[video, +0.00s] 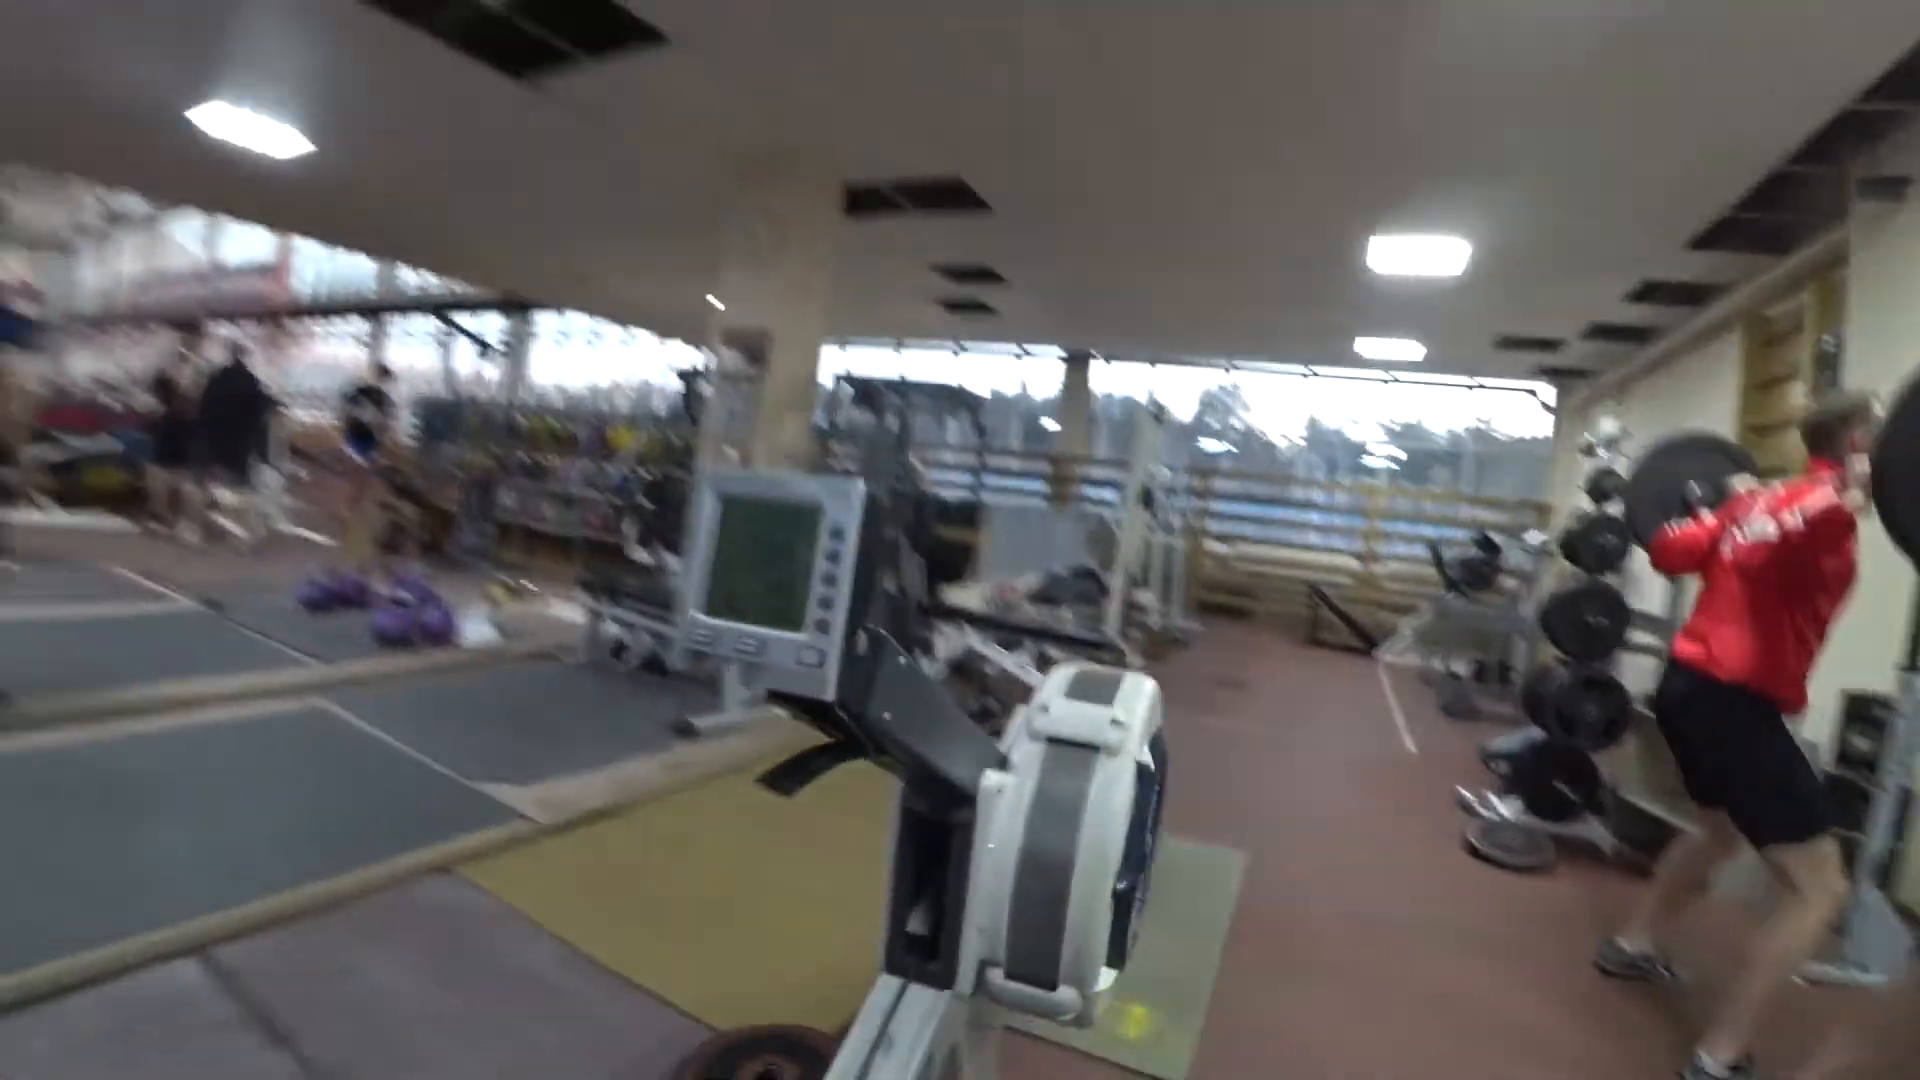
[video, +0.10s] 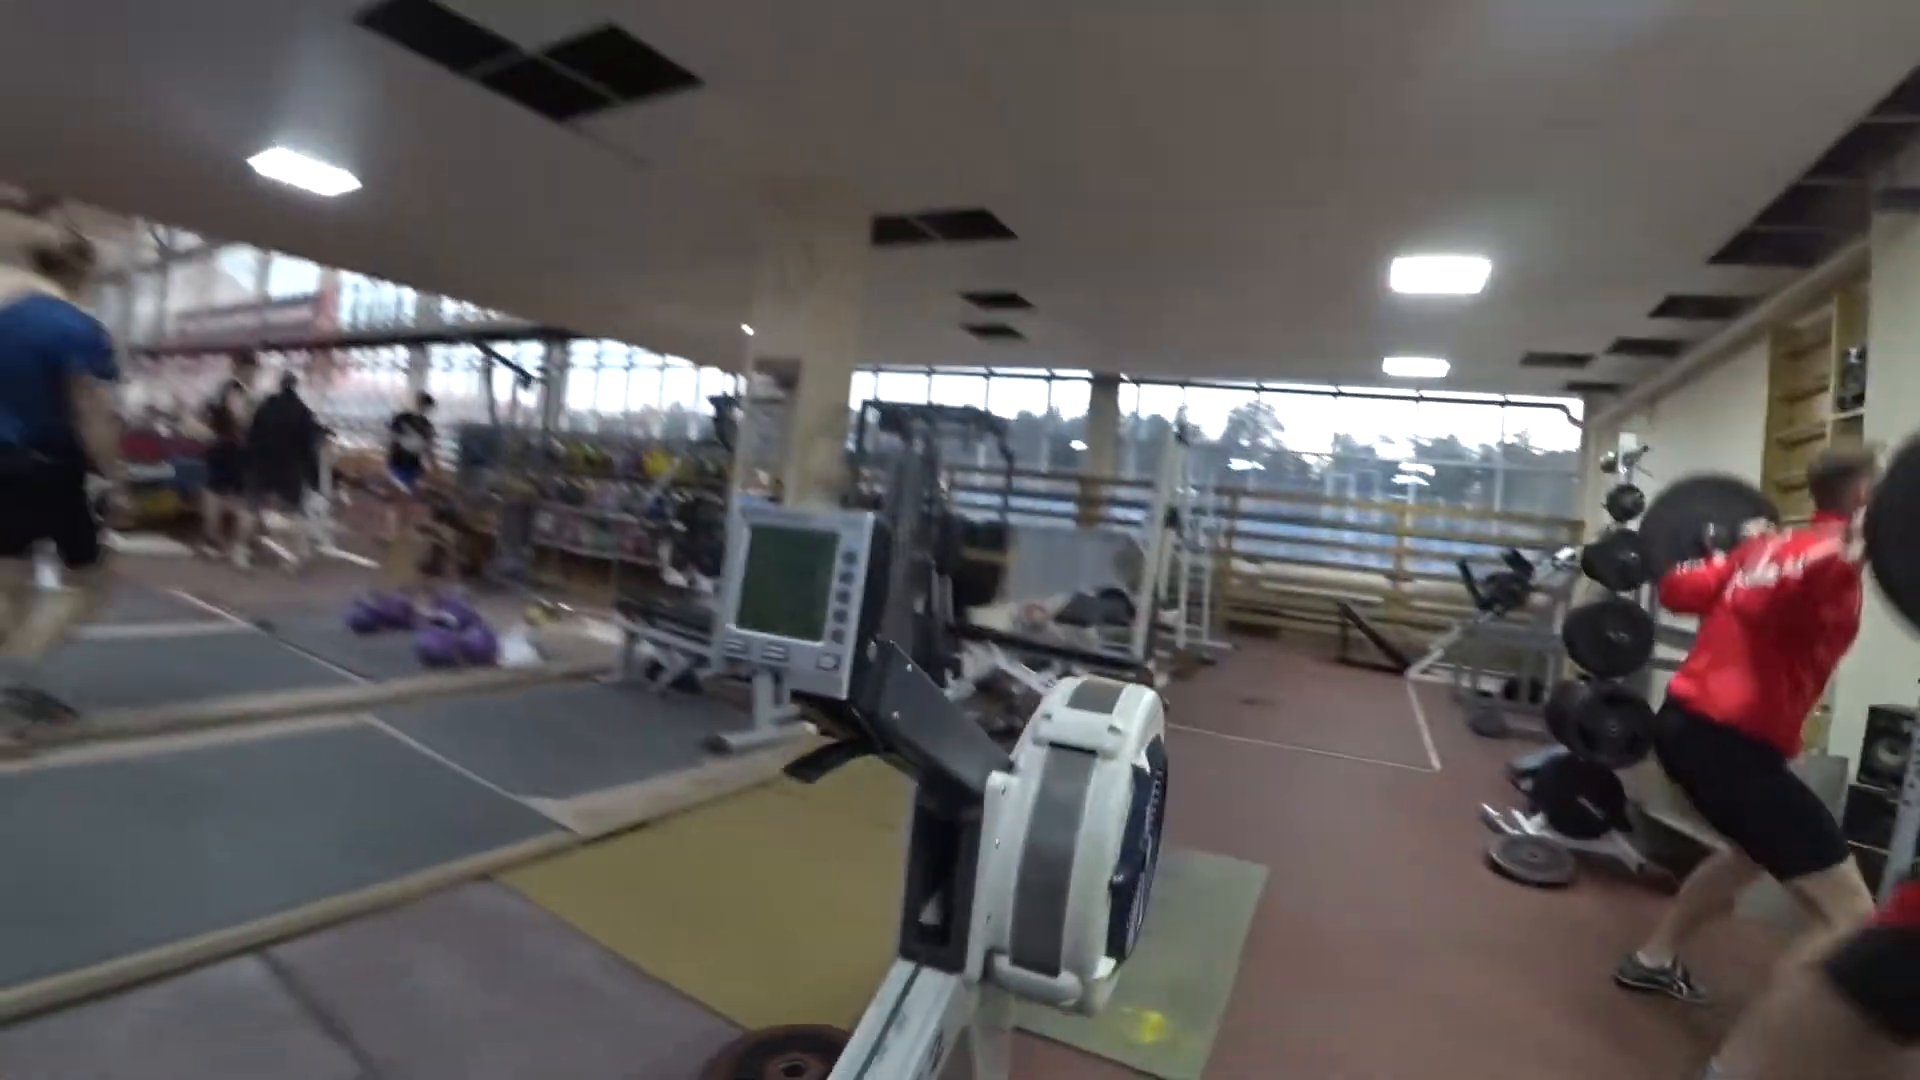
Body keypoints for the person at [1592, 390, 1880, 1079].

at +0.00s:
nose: (1877, 463)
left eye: (1876, 449)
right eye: (1871, 449)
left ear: (1812, 450)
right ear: (1849, 451)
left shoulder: (1755, 500)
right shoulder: (1831, 506)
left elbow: (1669, 549)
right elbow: (1776, 537)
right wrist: (1840, 501)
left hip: (1684, 689)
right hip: (1740, 705)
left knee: (1718, 830)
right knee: (1821, 889)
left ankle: (1635, 943)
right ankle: (1720, 1054)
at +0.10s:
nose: (1883, 502)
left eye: (1883, 492)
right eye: (1880, 491)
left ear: (1817, 495)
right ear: (1863, 495)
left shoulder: (1767, 546)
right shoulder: (1838, 556)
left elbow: (1676, 589)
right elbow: (1765, 605)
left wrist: (1737, 551)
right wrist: (1847, 561)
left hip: (1681, 723)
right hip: (1736, 742)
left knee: (1750, 851)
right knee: (1852, 917)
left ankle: (1653, 957)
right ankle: (1735, 1079)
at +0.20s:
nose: (1870, 540)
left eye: (1870, 528)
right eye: (1866, 528)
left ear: (1806, 536)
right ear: (1849, 534)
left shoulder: (1759, 583)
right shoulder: (1831, 598)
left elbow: (1672, 622)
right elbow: (1746, 644)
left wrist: (1732, 586)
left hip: (1666, 745)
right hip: (1721, 765)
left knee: (1752, 851)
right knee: (1826, 870)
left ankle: (1661, 957)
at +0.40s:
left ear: (1793, 584)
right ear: (1831, 600)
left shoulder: (1741, 623)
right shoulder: (1802, 646)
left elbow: (1661, 654)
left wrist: (1694, 635)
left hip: (1638, 768)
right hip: (1694, 793)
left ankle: (1582, 791)